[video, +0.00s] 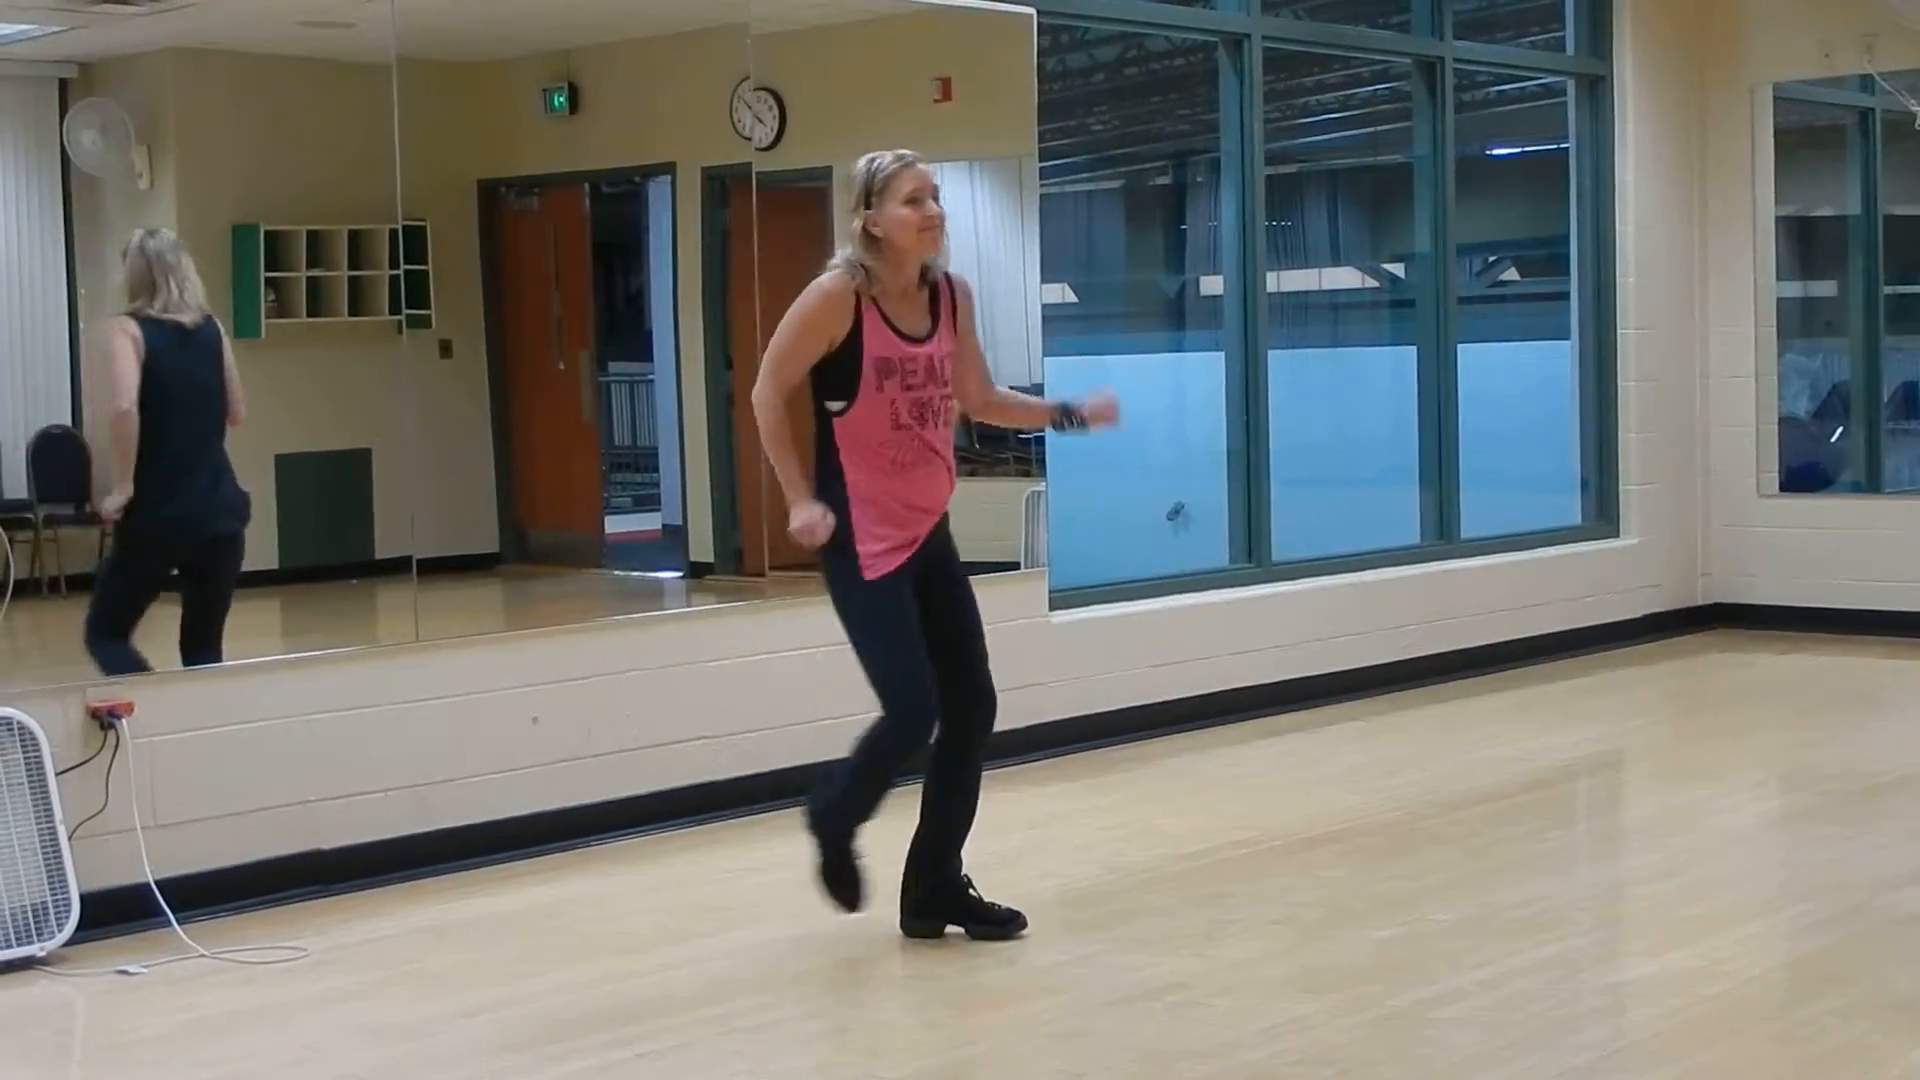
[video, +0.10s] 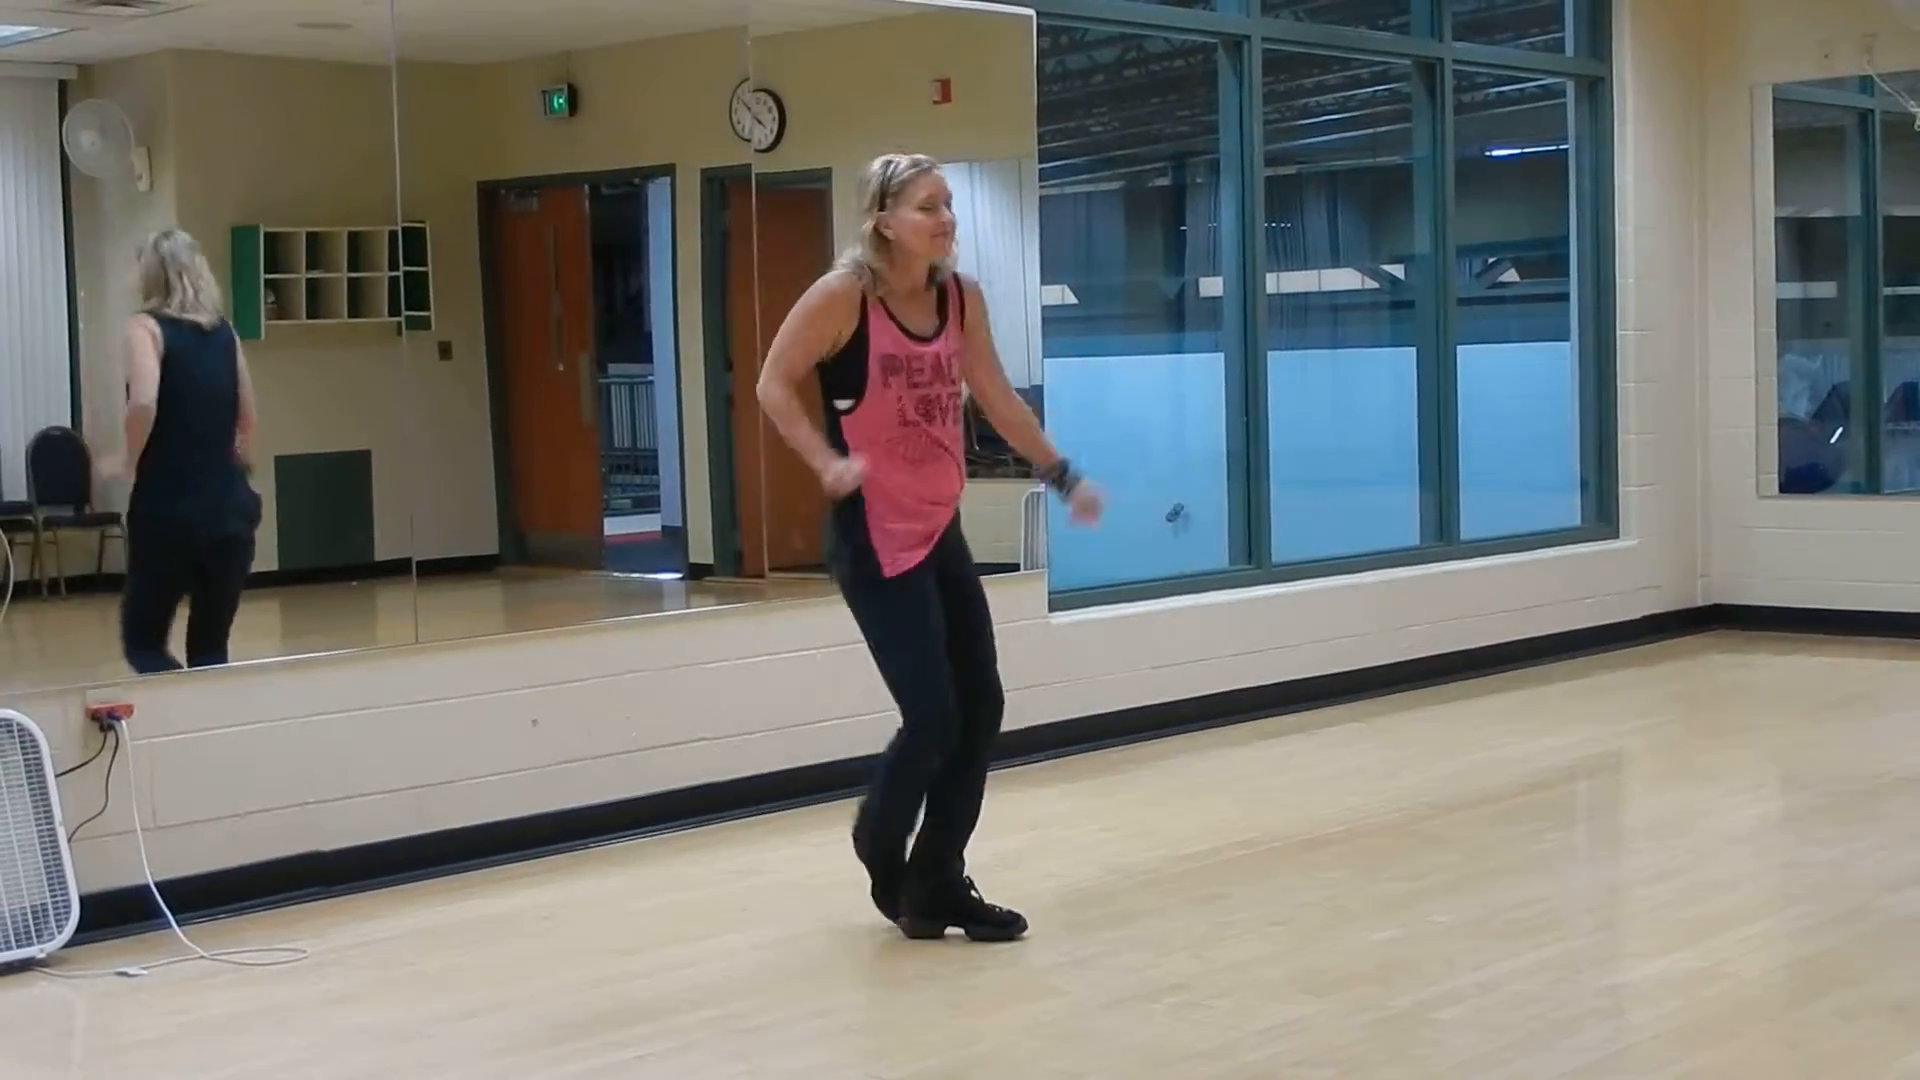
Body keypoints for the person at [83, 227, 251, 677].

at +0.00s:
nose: (123, 275)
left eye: (126, 267)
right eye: (125, 267)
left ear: (135, 274)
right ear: (185, 272)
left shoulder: (124, 330)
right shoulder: (212, 328)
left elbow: (124, 407)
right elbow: (235, 412)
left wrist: (122, 488)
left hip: (159, 513)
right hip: (221, 510)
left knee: (105, 635)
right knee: (203, 648)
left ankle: (163, 715)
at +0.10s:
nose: (138, 277)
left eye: (141, 269)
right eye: (139, 268)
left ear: (152, 275)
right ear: (200, 273)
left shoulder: (146, 326)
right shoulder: (225, 333)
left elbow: (144, 403)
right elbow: (246, 417)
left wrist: (127, 463)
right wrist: (235, 465)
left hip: (168, 506)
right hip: (230, 506)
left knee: (143, 644)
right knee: (209, 647)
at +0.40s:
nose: (176, 262)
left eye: (180, 253)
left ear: (187, 257)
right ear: (240, 255)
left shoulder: (180, 311)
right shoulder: (272, 314)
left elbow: (134, 391)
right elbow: (312, 378)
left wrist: (89, 422)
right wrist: (309, 452)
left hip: (208, 488)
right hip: (266, 484)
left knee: (224, 633)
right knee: (270, 623)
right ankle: (294, 728)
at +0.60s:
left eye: (212, 259)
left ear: (216, 264)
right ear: (270, 263)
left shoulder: (205, 321)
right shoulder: (299, 319)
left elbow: (164, 404)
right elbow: (367, 362)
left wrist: (133, 464)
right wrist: (331, 416)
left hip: (233, 490)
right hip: (295, 485)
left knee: (247, 637)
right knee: (313, 620)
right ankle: (365, 716)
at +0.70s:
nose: (225, 269)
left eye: (229, 260)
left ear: (234, 267)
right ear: (290, 265)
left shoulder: (226, 326)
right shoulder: (315, 325)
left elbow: (201, 407)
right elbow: (374, 375)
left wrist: (178, 480)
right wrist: (327, 395)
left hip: (252, 494)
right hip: (311, 490)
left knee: (248, 635)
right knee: (329, 623)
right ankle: (362, 727)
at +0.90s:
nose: (257, 272)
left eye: (262, 264)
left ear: (271, 270)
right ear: (322, 274)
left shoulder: (264, 321)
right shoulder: (336, 334)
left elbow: (263, 392)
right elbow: (338, 417)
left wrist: (257, 469)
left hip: (300, 494)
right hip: (354, 493)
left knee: (211, 599)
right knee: (343, 628)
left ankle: (255, 708)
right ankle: (365, 725)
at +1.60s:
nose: (192, 282)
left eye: (195, 272)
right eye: (193, 272)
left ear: (211, 274)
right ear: (252, 270)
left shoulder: (212, 319)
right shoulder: (289, 323)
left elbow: (190, 388)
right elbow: (321, 404)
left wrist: (183, 454)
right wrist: (337, 467)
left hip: (262, 492)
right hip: (321, 486)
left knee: (211, 625)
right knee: (344, 622)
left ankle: (175, 727)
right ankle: (383, 725)